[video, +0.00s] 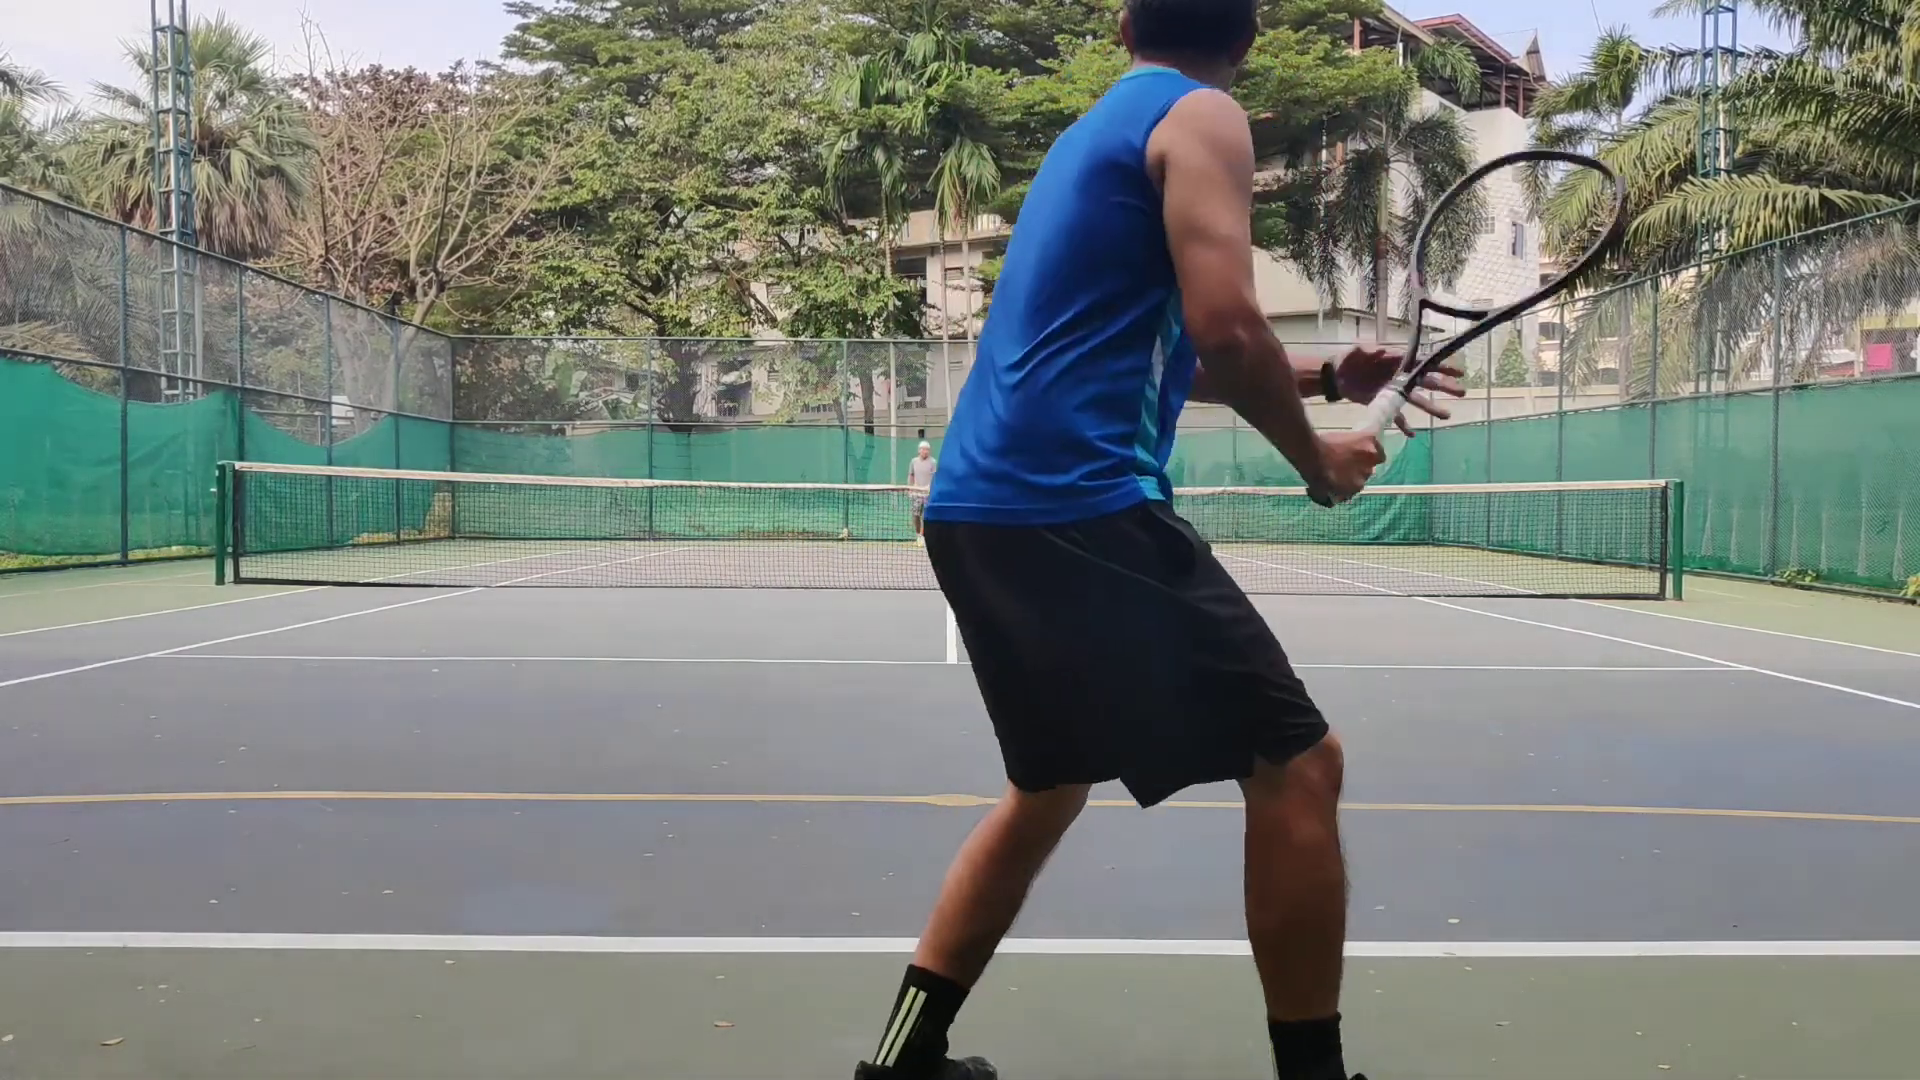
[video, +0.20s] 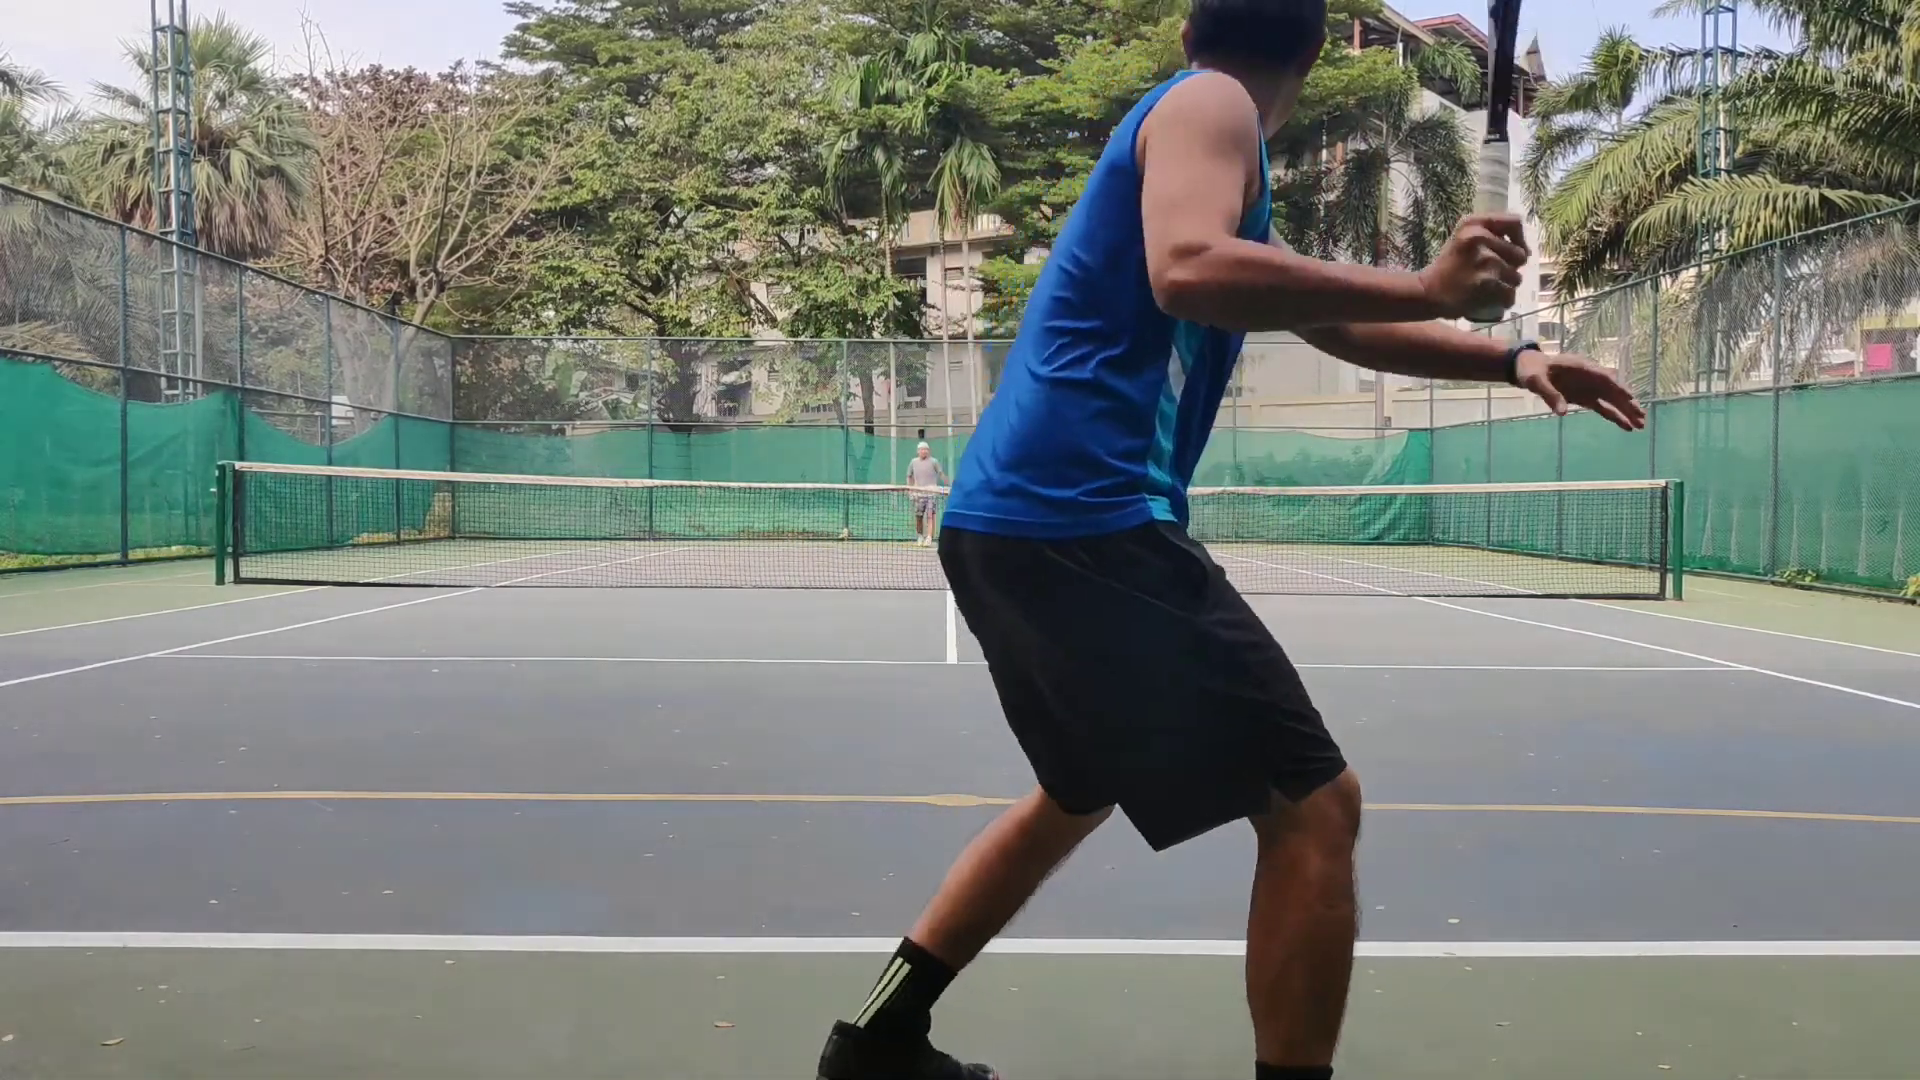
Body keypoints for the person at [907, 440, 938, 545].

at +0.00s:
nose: (924, 452)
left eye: (926, 449)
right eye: (922, 449)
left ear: (929, 451)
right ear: (919, 450)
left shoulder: (933, 462)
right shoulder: (914, 461)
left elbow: (934, 475)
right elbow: (911, 475)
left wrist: (932, 488)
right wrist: (910, 487)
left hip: (928, 491)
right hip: (916, 491)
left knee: (927, 514)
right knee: (916, 514)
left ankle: (924, 535)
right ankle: (918, 534)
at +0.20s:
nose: (924, 452)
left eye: (925, 449)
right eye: (921, 449)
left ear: (929, 451)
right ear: (918, 451)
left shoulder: (933, 461)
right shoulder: (914, 462)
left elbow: (940, 473)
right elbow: (909, 476)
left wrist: (946, 481)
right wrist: (910, 488)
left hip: (931, 491)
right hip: (918, 491)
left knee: (930, 515)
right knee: (919, 515)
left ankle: (929, 537)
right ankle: (919, 535)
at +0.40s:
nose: (927, 450)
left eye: (929, 448)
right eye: (925, 448)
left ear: (932, 449)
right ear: (921, 450)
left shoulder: (937, 460)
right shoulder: (917, 461)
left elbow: (943, 472)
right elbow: (910, 473)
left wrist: (948, 483)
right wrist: (911, 486)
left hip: (934, 490)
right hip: (921, 491)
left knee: (939, 514)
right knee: (921, 515)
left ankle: (941, 536)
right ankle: (920, 536)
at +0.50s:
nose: (931, 452)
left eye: (932, 449)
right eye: (928, 449)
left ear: (935, 451)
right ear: (924, 451)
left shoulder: (939, 462)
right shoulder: (919, 462)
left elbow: (944, 475)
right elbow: (914, 475)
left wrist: (948, 487)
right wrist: (915, 486)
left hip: (937, 490)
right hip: (924, 490)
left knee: (942, 514)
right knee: (923, 514)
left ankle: (946, 534)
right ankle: (920, 536)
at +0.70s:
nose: (939, 453)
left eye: (941, 451)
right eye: (937, 451)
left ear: (943, 452)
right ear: (933, 453)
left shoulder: (948, 464)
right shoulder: (928, 464)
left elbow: (951, 477)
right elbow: (924, 477)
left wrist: (951, 488)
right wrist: (925, 488)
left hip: (945, 491)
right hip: (932, 491)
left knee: (949, 515)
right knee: (928, 514)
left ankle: (950, 534)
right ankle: (921, 534)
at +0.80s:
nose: (943, 453)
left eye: (944, 450)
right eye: (941, 451)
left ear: (947, 452)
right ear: (937, 452)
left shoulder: (952, 463)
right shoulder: (933, 463)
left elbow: (956, 477)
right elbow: (930, 477)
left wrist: (955, 490)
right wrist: (930, 488)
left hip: (949, 491)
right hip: (937, 491)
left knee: (951, 515)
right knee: (932, 513)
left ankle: (951, 536)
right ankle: (925, 534)